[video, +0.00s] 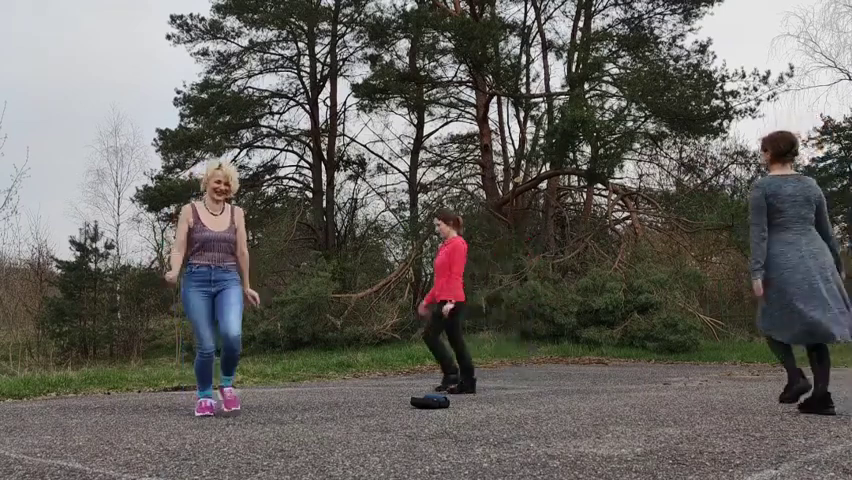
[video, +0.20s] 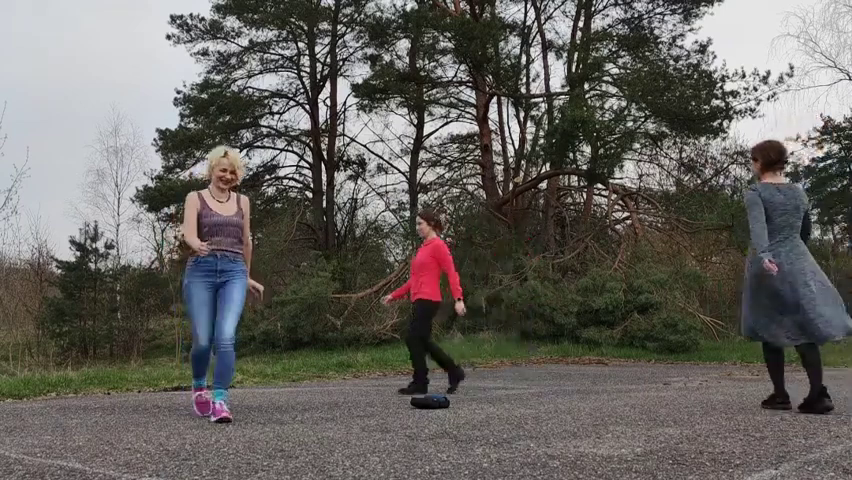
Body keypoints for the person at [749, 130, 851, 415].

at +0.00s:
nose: (762, 156)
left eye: (763, 152)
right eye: (762, 151)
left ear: (770, 154)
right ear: (792, 154)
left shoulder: (762, 186)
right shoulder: (811, 185)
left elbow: (759, 233)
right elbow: (826, 231)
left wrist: (756, 272)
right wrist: (836, 266)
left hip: (782, 262)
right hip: (817, 260)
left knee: (770, 324)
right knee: (815, 326)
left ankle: (795, 377)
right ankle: (822, 396)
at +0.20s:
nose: (752, 166)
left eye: (753, 161)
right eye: (752, 161)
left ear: (761, 163)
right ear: (781, 162)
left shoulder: (754, 192)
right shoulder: (798, 191)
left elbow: (757, 224)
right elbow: (805, 231)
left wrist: (763, 254)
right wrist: (795, 254)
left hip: (767, 264)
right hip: (798, 262)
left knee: (768, 327)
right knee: (803, 326)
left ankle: (779, 393)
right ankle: (818, 393)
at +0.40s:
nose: (737, 171)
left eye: (740, 167)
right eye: (738, 166)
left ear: (748, 169)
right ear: (768, 169)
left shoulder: (741, 196)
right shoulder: (782, 196)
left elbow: (739, 226)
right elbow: (799, 236)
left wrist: (737, 253)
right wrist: (800, 266)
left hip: (756, 270)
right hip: (785, 268)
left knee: (758, 332)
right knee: (779, 327)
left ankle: (779, 394)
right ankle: (798, 378)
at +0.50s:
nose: (733, 174)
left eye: (734, 170)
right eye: (733, 169)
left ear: (741, 172)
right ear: (761, 172)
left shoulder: (735, 198)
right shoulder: (777, 200)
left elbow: (731, 224)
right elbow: (800, 235)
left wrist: (730, 250)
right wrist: (819, 263)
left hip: (752, 270)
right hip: (780, 269)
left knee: (758, 329)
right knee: (771, 327)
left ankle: (778, 393)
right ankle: (772, 388)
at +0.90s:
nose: (713, 185)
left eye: (715, 181)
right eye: (714, 180)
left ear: (724, 183)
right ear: (738, 183)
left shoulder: (718, 208)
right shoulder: (755, 207)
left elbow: (720, 233)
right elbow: (782, 233)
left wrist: (726, 256)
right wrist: (810, 255)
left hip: (730, 272)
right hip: (752, 273)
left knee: (719, 331)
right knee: (743, 328)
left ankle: (755, 372)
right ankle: (744, 384)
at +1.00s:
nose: (713, 187)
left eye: (715, 182)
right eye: (713, 182)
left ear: (722, 184)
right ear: (739, 185)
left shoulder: (715, 212)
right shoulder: (753, 212)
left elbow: (716, 247)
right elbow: (768, 247)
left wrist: (722, 279)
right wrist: (787, 274)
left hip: (722, 277)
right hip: (749, 276)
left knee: (713, 332)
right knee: (741, 332)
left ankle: (731, 381)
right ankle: (743, 387)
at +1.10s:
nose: (711, 189)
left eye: (713, 185)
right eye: (712, 185)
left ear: (722, 187)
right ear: (734, 187)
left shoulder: (713, 215)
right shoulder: (749, 215)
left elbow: (701, 252)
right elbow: (749, 248)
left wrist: (692, 285)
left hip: (718, 278)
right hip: (744, 276)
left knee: (707, 330)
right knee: (739, 331)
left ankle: (704, 385)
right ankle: (742, 387)